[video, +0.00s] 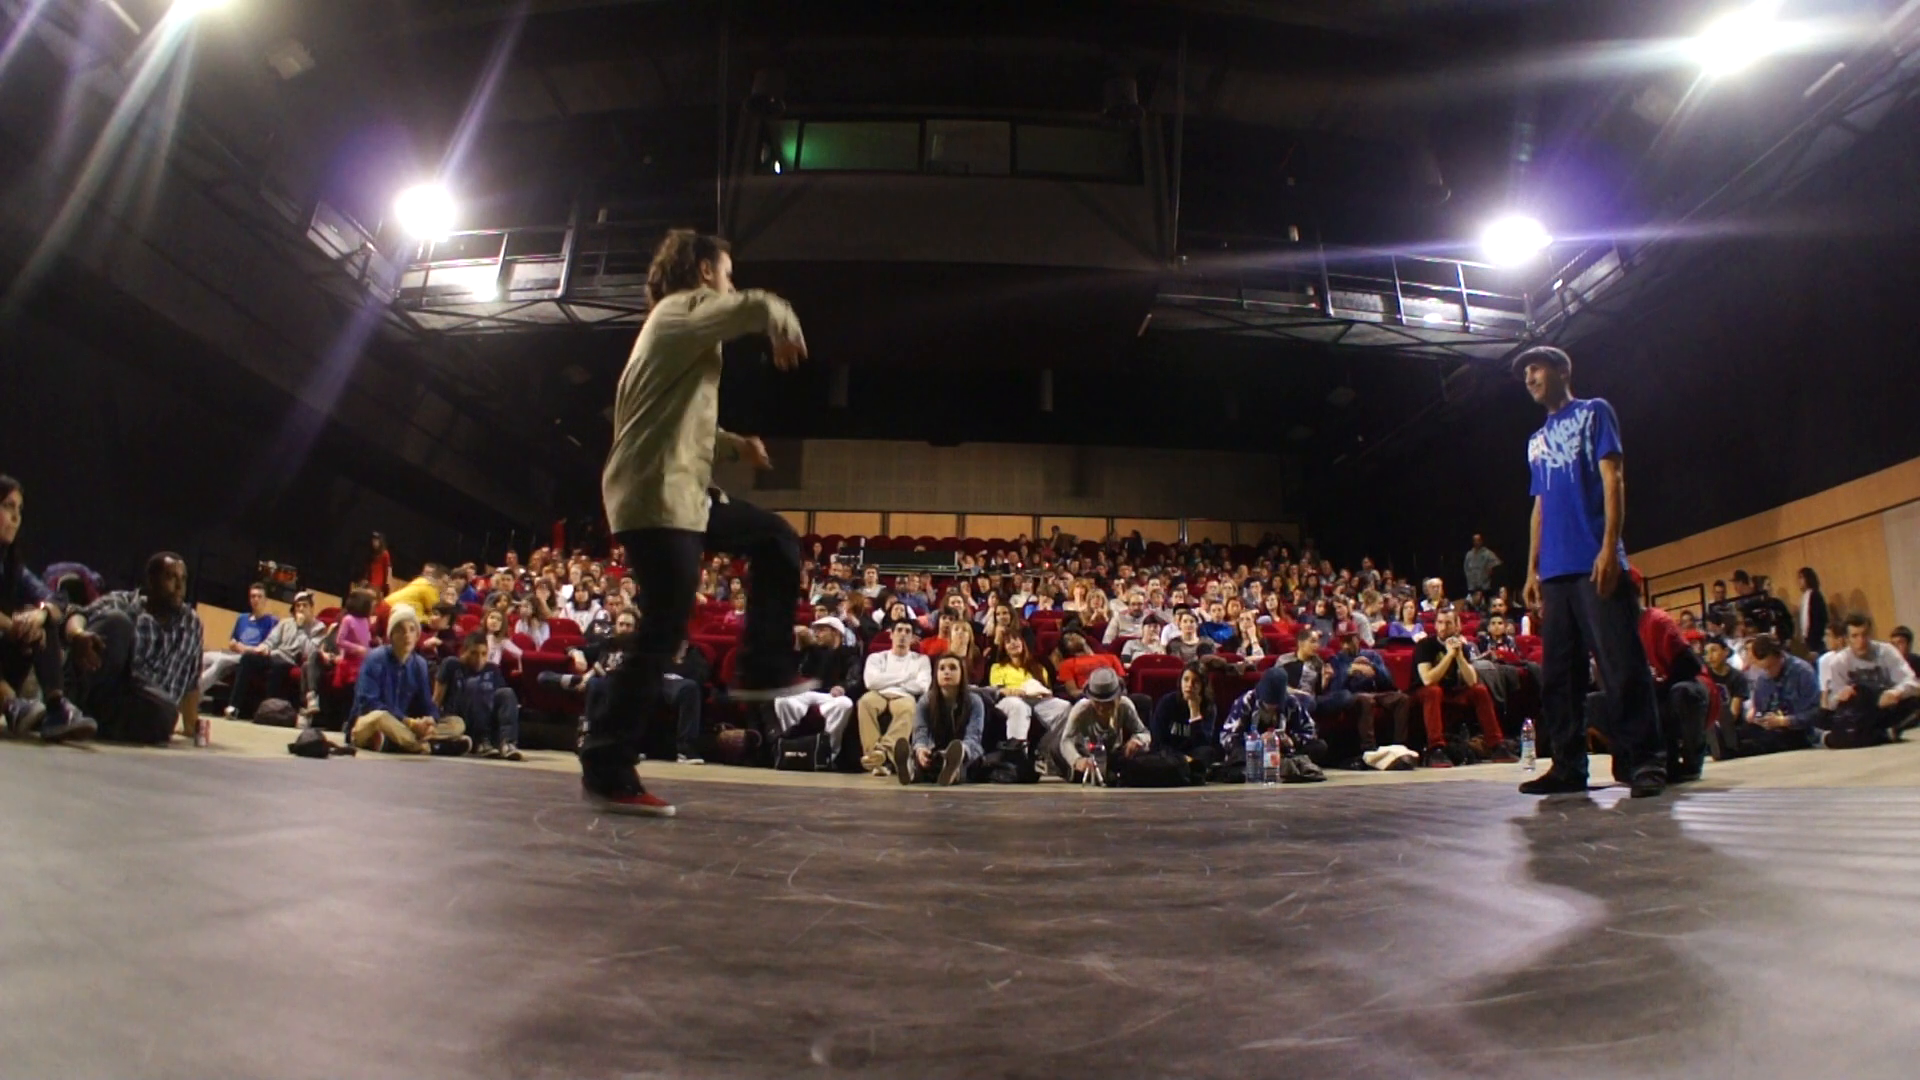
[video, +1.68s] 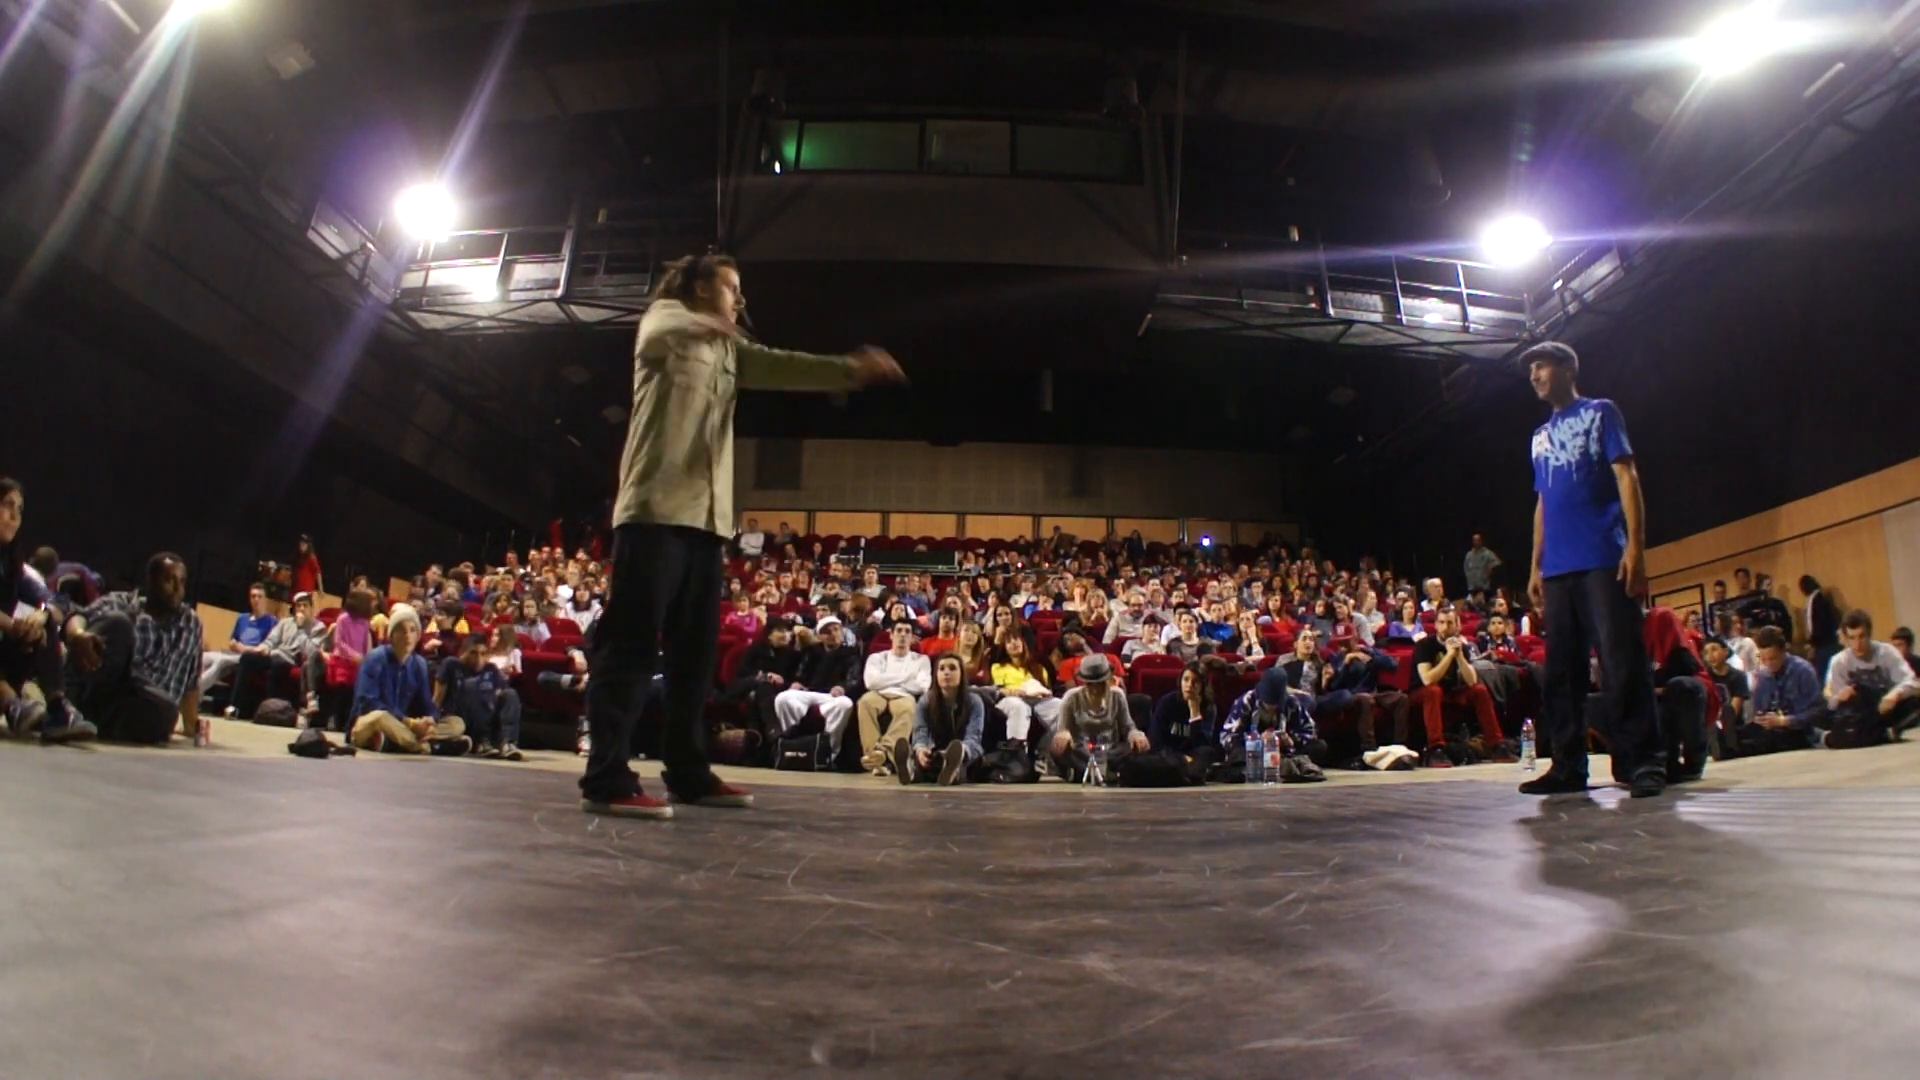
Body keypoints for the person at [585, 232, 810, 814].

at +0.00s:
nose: (732, 285)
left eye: (732, 276)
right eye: (726, 274)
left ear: (687, 274)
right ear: (700, 272)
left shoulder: (686, 335)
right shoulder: (673, 313)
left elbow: (679, 430)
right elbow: (759, 307)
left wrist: (736, 447)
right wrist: (782, 327)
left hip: (687, 493)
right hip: (655, 492)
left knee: (777, 539)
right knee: (664, 626)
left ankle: (766, 668)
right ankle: (608, 764)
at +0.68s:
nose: (736, 318)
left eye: (739, 308)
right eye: (735, 304)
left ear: (710, 295)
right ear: (710, 289)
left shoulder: (678, 343)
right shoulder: (678, 322)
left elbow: (699, 445)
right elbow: (701, 370)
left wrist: (764, 473)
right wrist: (782, 427)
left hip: (674, 509)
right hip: (654, 505)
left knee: (732, 603)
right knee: (630, 639)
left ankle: (712, 731)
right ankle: (591, 774)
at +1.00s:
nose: (768, 331)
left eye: (771, 323)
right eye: (763, 319)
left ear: (743, 317)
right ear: (736, 310)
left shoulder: (731, 360)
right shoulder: (715, 347)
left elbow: (735, 418)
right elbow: (673, 414)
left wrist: (792, 417)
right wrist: (710, 490)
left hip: (691, 524)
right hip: (674, 521)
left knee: (674, 652)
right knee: (650, 649)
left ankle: (687, 775)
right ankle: (594, 773)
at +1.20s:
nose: (756, 304)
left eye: (758, 296)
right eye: (747, 292)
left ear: (745, 304)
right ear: (714, 292)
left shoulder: (738, 370)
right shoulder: (679, 335)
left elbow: (773, 419)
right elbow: (625, 389)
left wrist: (811, 402)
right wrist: (643, 461)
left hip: (704, 521)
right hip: (666, 511)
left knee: (693, 647)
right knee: (669, 642)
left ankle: (686, 772)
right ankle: (611, 772)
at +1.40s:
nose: (744, 293)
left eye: (746, 285)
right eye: (735, 280)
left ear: (735, 295)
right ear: (701, 280)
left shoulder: (737, 350)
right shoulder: (660, 321)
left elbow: (782, 378)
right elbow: (617, 372)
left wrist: (828, 385)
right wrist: (575, 400)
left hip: (708, 519)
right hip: (654, 513)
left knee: (695, 658)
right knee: (631, 650)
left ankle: (691, 775)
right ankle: (609, 779)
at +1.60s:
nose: (740, 296)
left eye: (742, 289)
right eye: (731, 285)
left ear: (734, 298)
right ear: (695, 284)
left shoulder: (733, 345)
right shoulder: (666, 316)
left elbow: (797, 363)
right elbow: (635, 331)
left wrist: (873, 387)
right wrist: (639, 333)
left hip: (708, 515)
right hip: (654, 507)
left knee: (693, 650)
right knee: (635, 643)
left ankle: (689, 775)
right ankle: (609, 779)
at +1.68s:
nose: (740, 299)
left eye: (740, 291)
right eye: (731, 287)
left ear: (731, 300)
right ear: (694, 287)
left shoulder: (731, 349)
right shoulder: (663, 318)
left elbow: (784, 364)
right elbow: (662, 328)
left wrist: (853, 369)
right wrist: (713, 326)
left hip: (706, 517)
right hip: (652, 510)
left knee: (694, 653)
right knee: (629, 646)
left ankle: (688, 774)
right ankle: (606, 778)